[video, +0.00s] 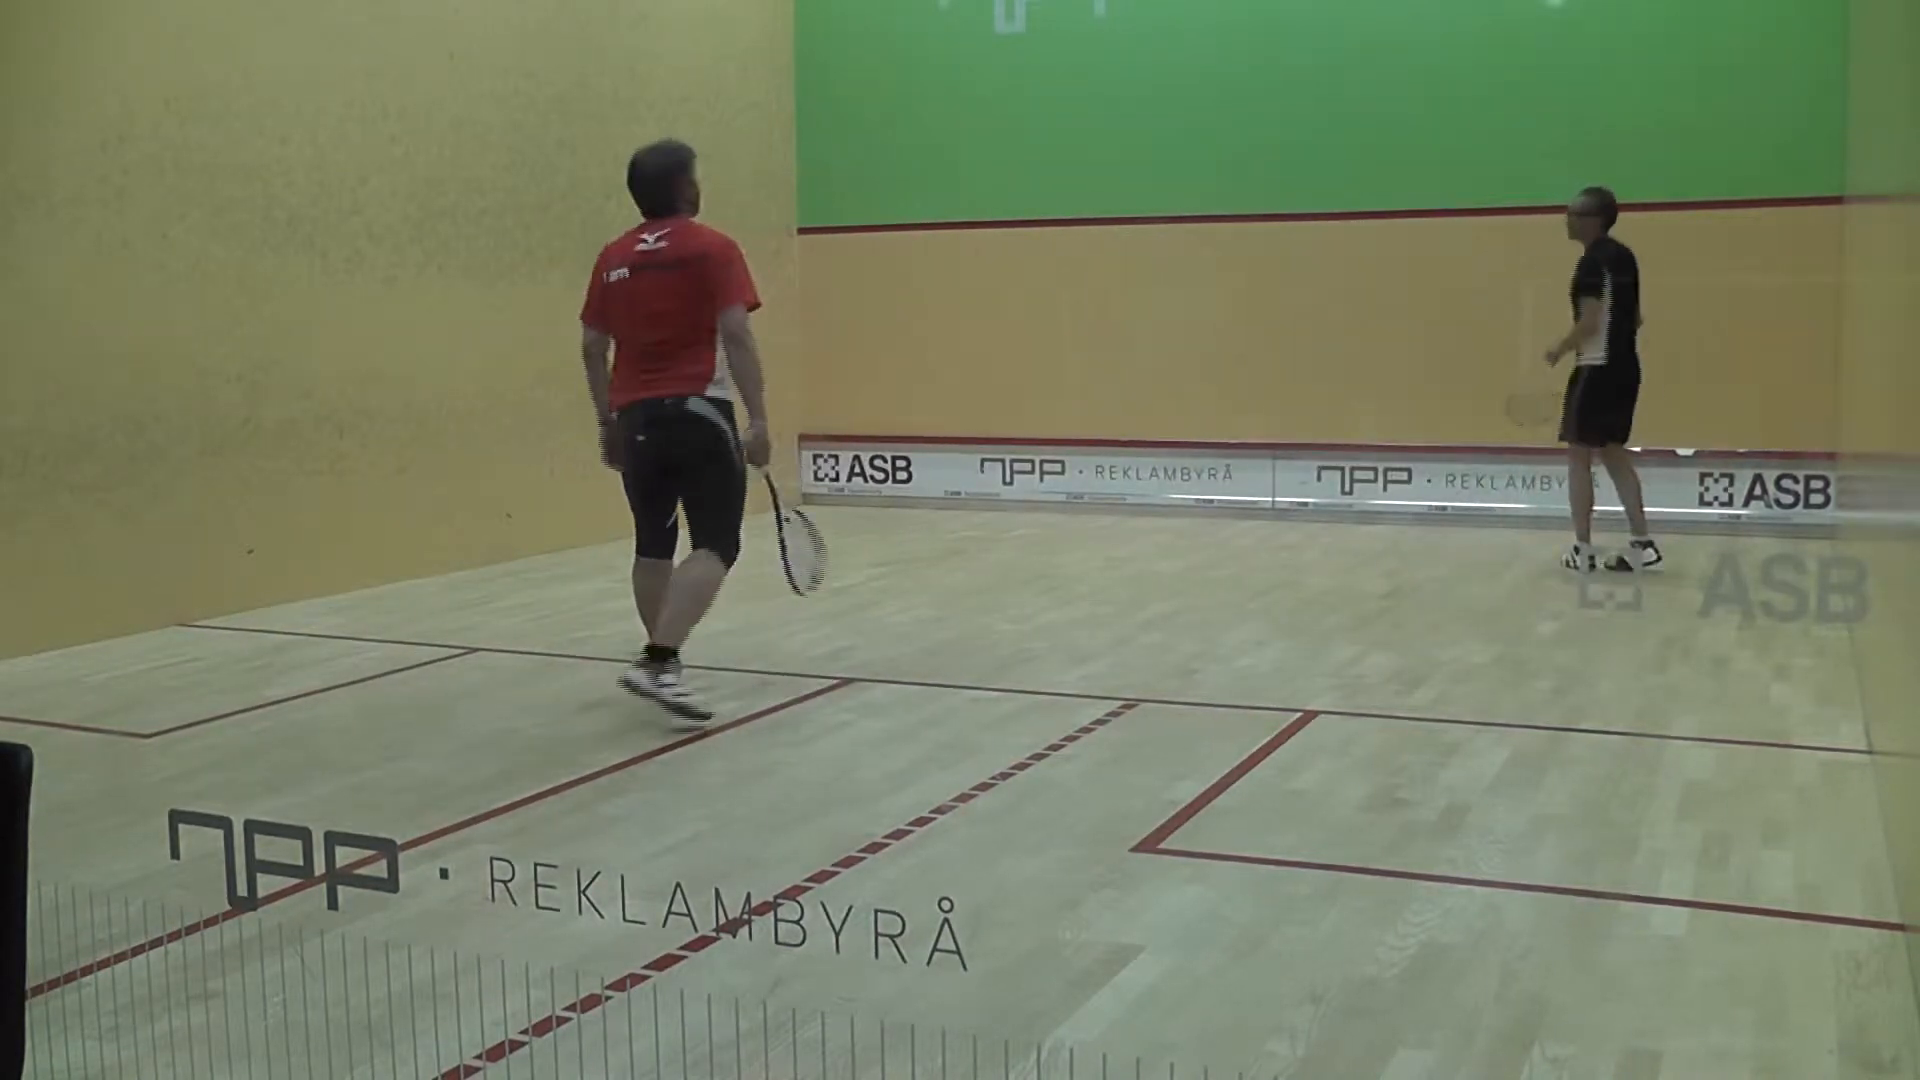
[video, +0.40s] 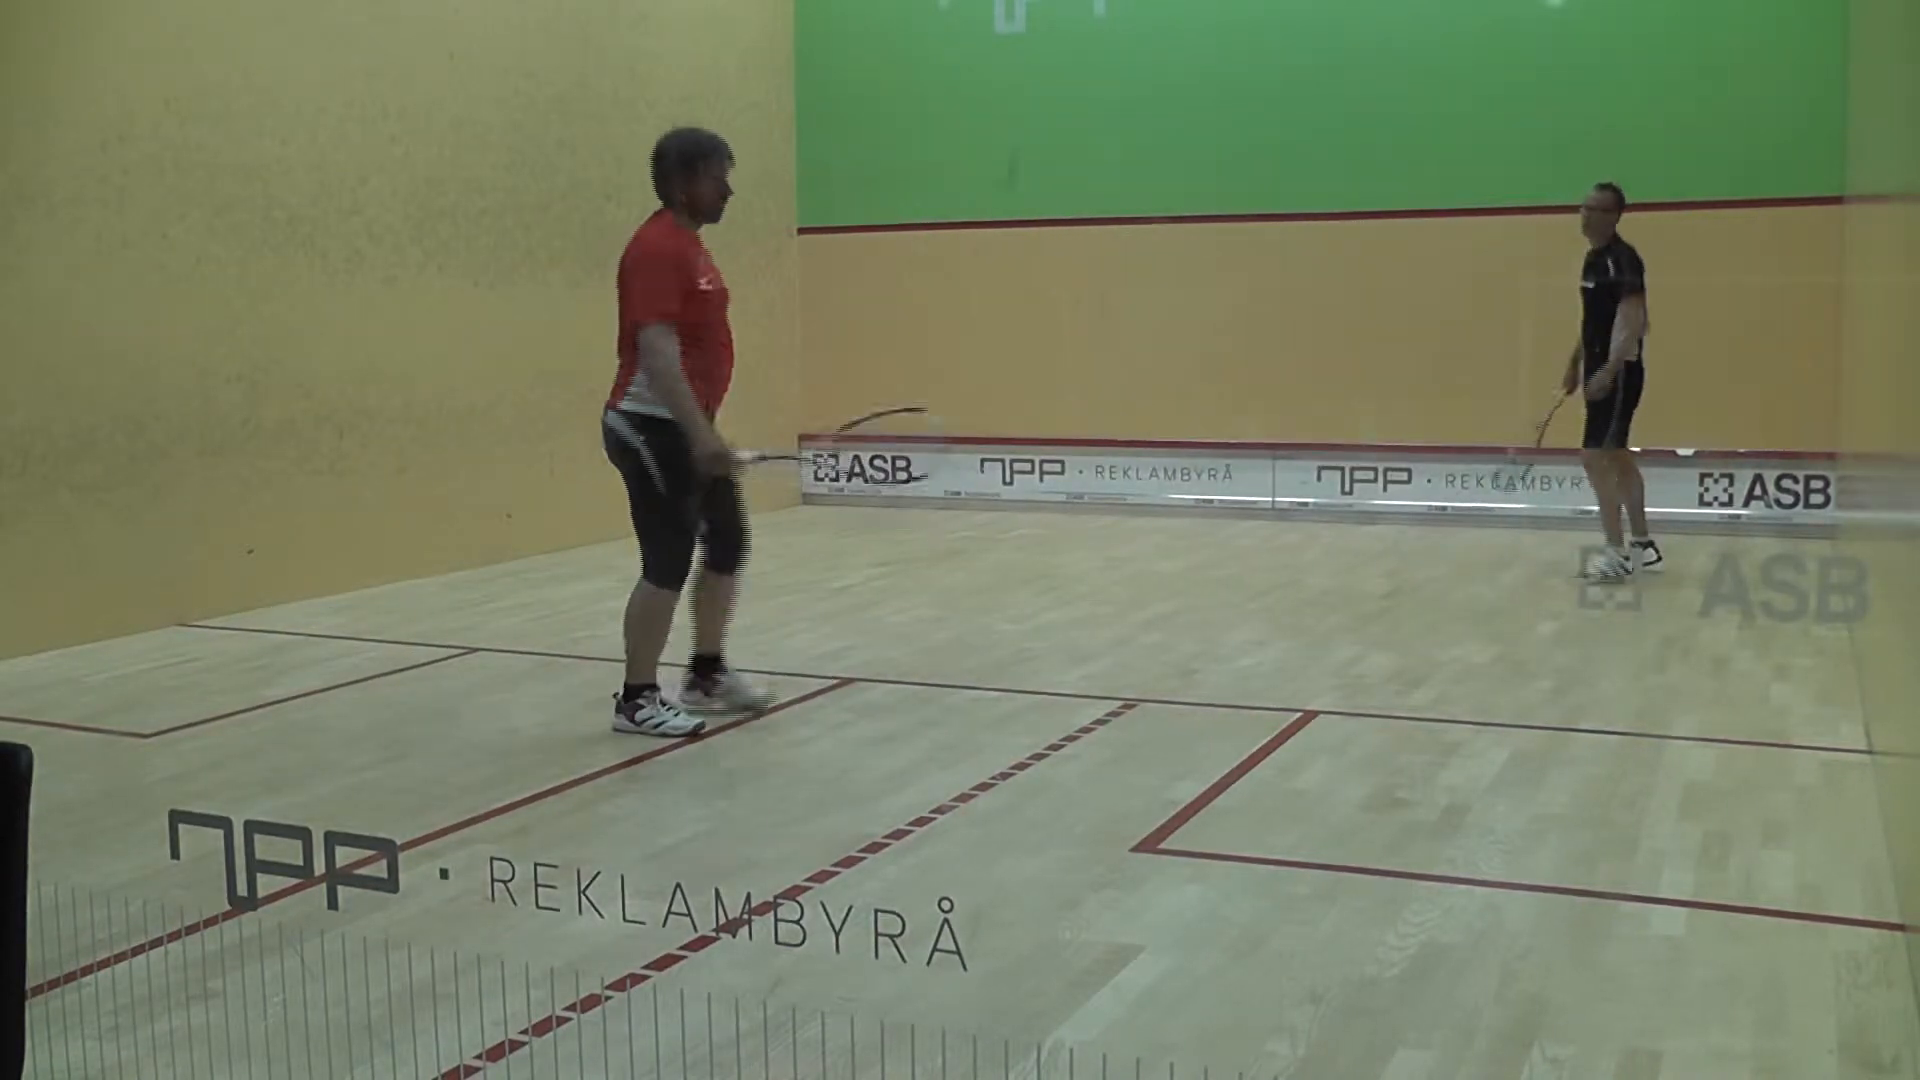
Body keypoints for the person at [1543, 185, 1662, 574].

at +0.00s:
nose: (1567, 220)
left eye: (1574, 214)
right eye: (1569, 213)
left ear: (1594, 220)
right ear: (1600, 220)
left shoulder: (1591, 261)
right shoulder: (1624, 256)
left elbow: (1591, 321)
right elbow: (1635, 319)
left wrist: (1560, 347)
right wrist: (1600, 341)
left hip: (1595, 370)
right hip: (1623, 369)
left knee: (1579, 457)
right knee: (1614, 452)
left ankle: (1582, 548)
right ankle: (1643, 542)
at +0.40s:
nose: (1584, 216)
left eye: (1594, 210)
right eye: (1584, 208)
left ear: (1614, 217)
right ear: (1586, 213)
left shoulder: (1624, 259)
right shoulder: (1593, 259)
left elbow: (1632, 320)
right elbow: (1594, 319)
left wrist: (1610, 368)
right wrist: (1576, 361)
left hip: (1619, 367)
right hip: (1601, 367)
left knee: (1596, 455)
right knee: (1617, 455)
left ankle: (1616, 551)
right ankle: (1642, 542)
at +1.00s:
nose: (1555, 217)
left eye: (1564, 211)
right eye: (1551, 210)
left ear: (1583, 216)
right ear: (1546, 214)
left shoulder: (1604, 261)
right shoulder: (1541, 267)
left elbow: (1628, 322)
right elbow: (1538, 327)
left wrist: (1638, 384)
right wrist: (1518, 382)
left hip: (1596, 380)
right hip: (1551, 380)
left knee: (1602, 469)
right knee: (1529, 463)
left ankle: (1619, 558)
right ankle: (1521, 562)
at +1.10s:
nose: (1534, 223)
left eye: (1543, 216)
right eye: (1530, 215)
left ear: (1563, 221)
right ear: (1525, 219)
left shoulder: (1584, 267)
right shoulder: (1520, 272)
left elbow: (1611, 329)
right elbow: (1515, 337)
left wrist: (1616, 393)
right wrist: (1495, 392)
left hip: (1576, 387)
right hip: (1531, 387)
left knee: (1591, 473)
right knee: (1515, 471)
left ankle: (1617, 557)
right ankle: (1513, 571)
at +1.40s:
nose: (1499, 207)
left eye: (1508, 200)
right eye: (1494, 198)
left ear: (1526, 206)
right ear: (1487, 203)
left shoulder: (1545, 254)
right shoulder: (1473, 260)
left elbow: (1564, 317)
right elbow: (1464, 322)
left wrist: (1567, 377)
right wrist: (1446, 380)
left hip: (1531, 375)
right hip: (1487, 375)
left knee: (1520, 469)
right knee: (1491, 472)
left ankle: (1540, 544)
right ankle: (1509, 570)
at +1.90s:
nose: (1421, 203)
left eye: (1432, 196)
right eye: (1420, 194)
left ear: (1456, 202)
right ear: (1418, 198)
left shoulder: (1476, 254)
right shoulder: (1411, 254)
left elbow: (1496, 327)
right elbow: (1404, 325)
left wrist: (1497, 393)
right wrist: (1390, 387)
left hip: (1458, 381)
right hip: (1414, 380)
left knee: (1445, 485)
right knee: (1389, 482)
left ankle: (1448, 591)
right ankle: (1443, 547)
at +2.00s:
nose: (1404, 202)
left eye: (1414, 195)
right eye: (1403, 193)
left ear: (1441, 199)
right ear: (1405, 196)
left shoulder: (1463, 249)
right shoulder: (1402, 253)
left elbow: (1475, 322)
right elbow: (1400, 324)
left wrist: (1470, 392)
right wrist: (1385, 385)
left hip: (1449, 384)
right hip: (1408, 382)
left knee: (1442, 486)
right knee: (1371, 476)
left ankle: (1448, 591)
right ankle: (1407, 567)